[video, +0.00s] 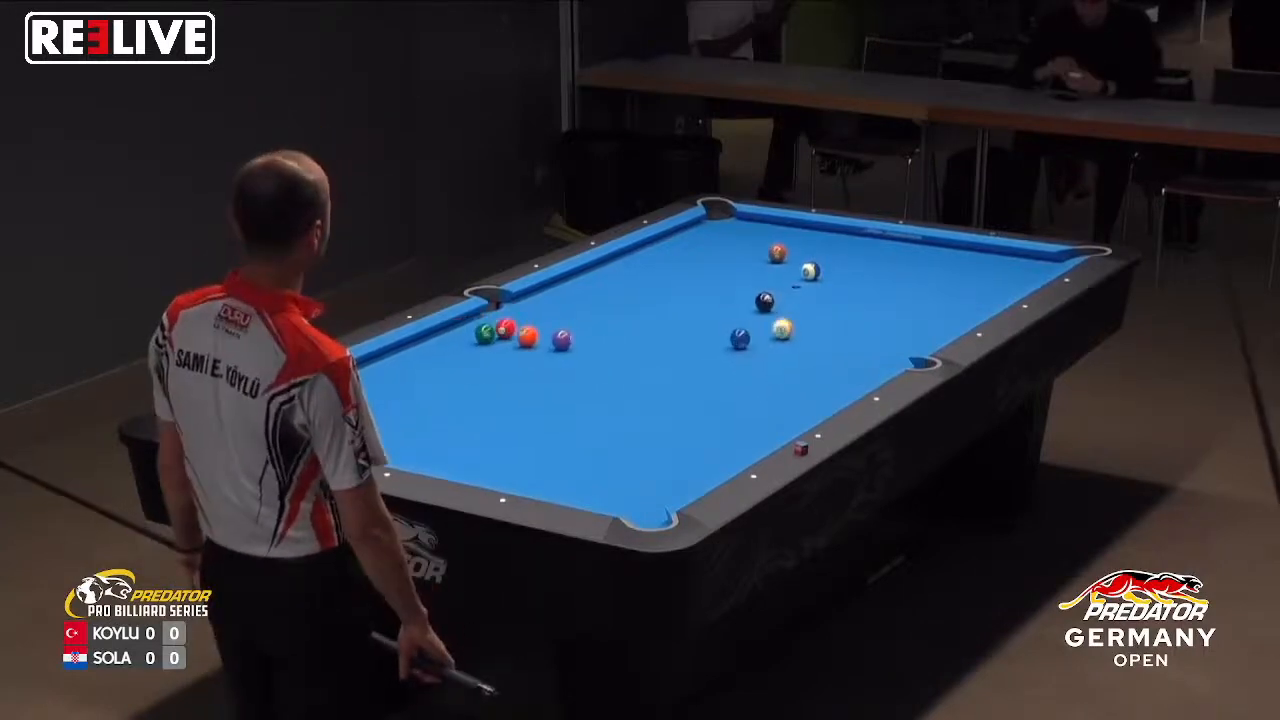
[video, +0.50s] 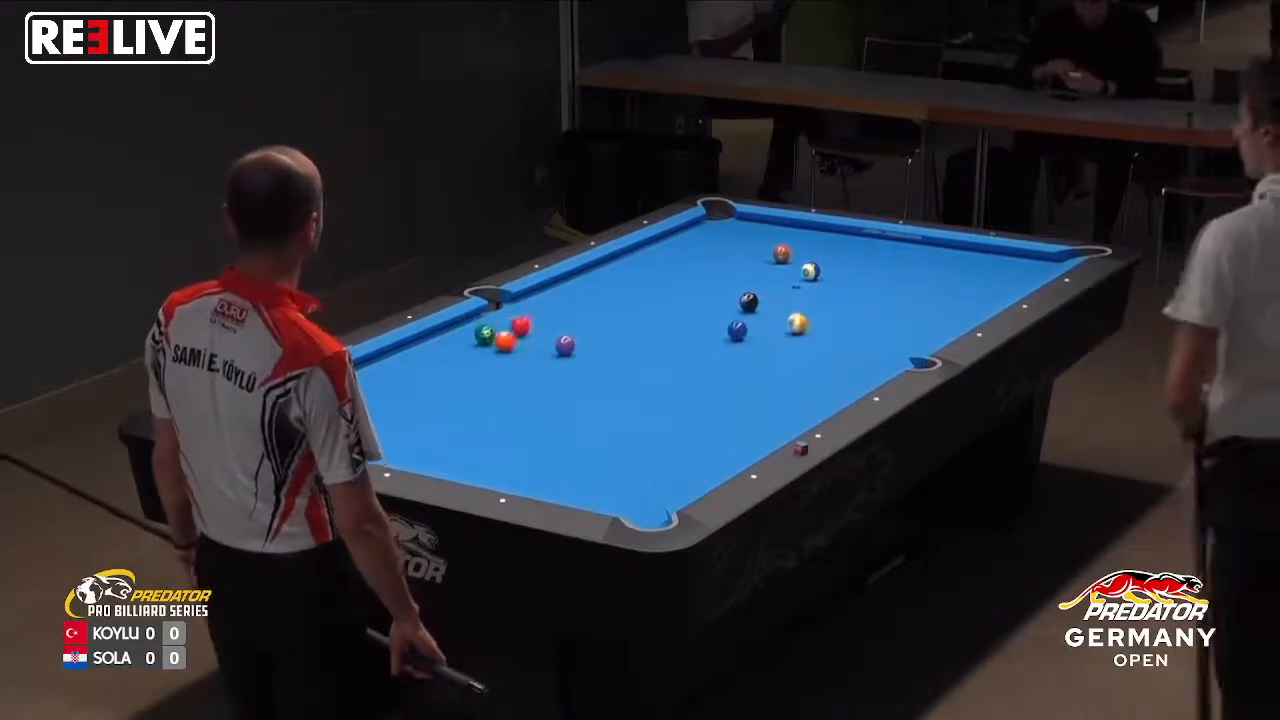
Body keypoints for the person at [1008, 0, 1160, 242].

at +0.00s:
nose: (1085, 9)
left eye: (1092, 3)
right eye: (1080, 3)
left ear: (1106, 3)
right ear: (1073, 2)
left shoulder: (1132, 25)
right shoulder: (1056, 21)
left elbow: (1145, 86)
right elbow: (1017, 79)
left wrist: (1103, 86)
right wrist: (1046, 71)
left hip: (1112, 122)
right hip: (1058, 118)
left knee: (1116, 157)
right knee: (1024, 143)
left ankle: (1102, 236)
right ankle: (1018, 227)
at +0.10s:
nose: (1085, 8)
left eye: (1092, 3)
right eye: (1080, 3)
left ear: (1106, 3)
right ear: (1073, 2)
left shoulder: (1132, 25)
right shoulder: (1055, 22)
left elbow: (1145, 86)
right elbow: (1017, 79)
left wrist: (1102, 86)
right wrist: (1046, 71)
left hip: (1112, 122)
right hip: (1058, 118)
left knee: (1116, 157)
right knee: (1024, 143)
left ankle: (1102, 236)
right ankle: (1017, 228)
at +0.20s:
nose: (1085, 8)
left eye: (1092, 3)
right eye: (1081, 2)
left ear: (1106, 3)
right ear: (1073, 2)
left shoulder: (1133, 25)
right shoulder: (1056, 21)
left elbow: (1145, 87)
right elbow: (1018, 78)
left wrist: (1103, 86)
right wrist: (1046, 72)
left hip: (1112, 123)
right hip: (1057, 118)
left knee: (1117, 158)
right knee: (1024, 144)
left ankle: (1102, 237)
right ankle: (1017, 228)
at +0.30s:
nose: (1085, 8)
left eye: (1092, 3)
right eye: (1081, 2)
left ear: (1106, 3)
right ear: (1073, 2)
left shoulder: (1133, 25)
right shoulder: (1056, 22)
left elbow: (1145, 87)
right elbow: (1018, 78)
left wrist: (1103, 86)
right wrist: (1046, 72)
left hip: (1112, 123)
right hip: (1058, 118)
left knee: (1117, 158)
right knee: (1024, 144)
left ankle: (1102, 237)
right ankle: (1016, 228)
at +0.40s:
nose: (1085, 8)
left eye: (1092, 3)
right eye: (1080, 3)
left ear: (1106, 3)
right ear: (1073, 2)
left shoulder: (1132, 25)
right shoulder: (1056, 21)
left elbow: (1145, 87)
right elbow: (1018, 78)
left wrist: (1102, 86)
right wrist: (1046, 72)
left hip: (1112, 122)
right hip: (1058, 118)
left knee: (1116, 158)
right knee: (1024, 144)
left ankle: (1102, 237)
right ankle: (1016, 228)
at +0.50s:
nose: (1085, 8)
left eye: (1092, 3)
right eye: (1081, 3)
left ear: (1107, 3)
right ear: (1073, 3)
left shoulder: (1133, 25)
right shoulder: (1056, 21)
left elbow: (1145, 87)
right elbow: (1019, 77)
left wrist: (1103, 86)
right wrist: (1047, 71)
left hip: (1112, 122)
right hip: (1058, 118)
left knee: (1116, 158)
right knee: (1024, 144)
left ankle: (1102, 237)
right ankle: (1017, 228)